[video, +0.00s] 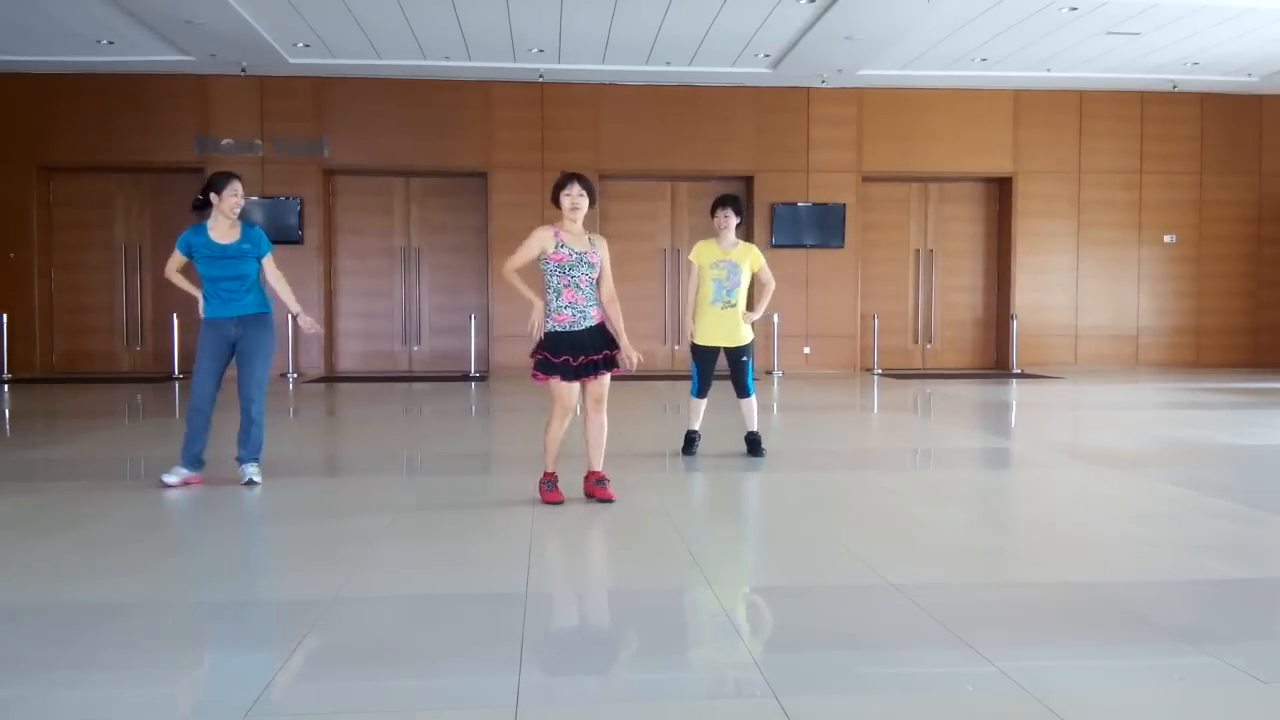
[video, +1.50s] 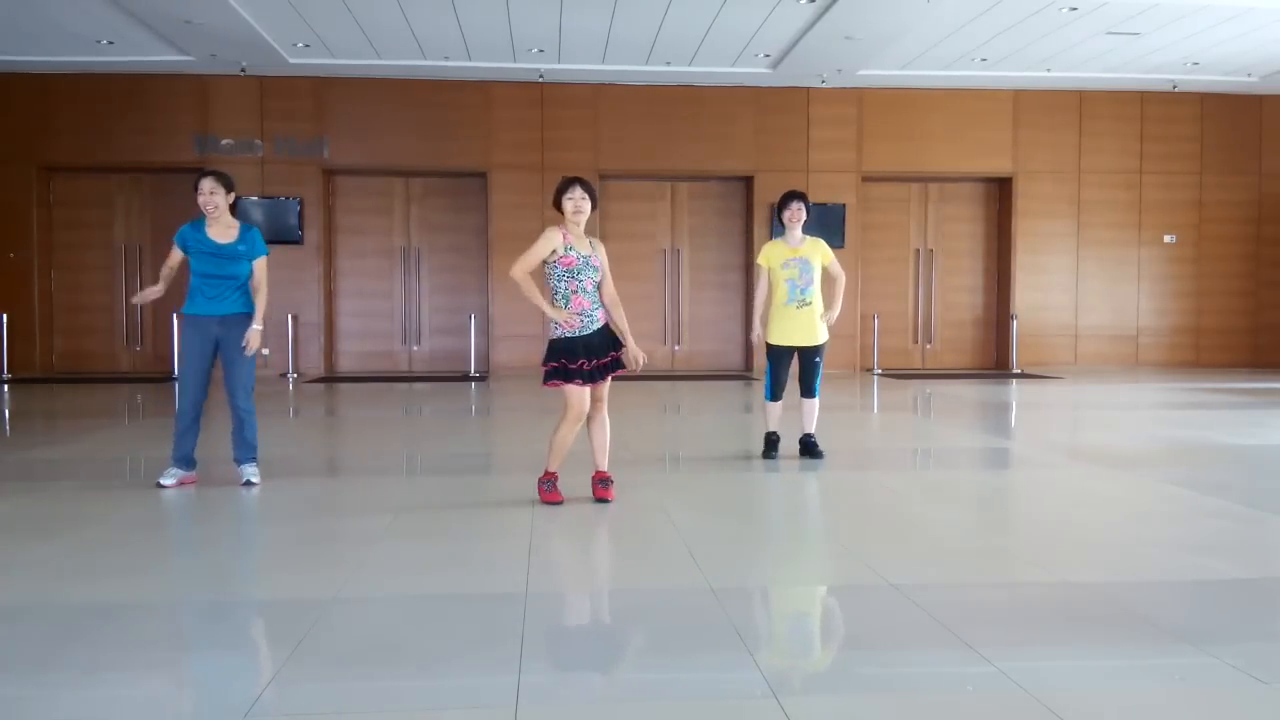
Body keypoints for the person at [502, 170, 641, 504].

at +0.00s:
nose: (575, 200)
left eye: (581, 195)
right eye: (568, 195)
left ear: (590, 201)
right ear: (558, 201)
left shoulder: (598, 243)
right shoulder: (545, 237)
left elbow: (609, 297)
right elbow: (508, 269)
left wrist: (624, 343)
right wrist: (536, 301)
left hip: (596, 333)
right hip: (559, 335)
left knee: (598, 405)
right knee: (565, 406)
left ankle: (596, 476)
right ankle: (549, 477)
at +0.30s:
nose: (568, 201)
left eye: (574, 196)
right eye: (562, 196)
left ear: (584, 202)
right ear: (551, 202)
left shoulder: (594, 244)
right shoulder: (538, 238)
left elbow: (603, 296)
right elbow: (495, 262)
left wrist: (613, 343)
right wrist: (528, 284)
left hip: (582, 336)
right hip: (547, 335)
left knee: (597, 405)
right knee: (547, 404)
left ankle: (589, 478)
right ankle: (546, 478)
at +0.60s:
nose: (569, 204)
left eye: (575, 199)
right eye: (563, 199)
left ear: (586, 205)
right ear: (553, 205)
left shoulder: (602, 244)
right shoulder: (541, 243)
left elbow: (612, 296)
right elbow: (495, 268)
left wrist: (619, 344)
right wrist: (526, 296)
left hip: (588, 338)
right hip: (549, 336)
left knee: (592, 411)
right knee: (550, 405)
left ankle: (602, 475)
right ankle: (547, 476)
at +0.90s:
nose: (577, 201)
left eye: (584, 196)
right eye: (571, 196)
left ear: (593, 203)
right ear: (562, 202)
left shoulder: (609, 240)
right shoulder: (548, 240)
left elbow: (621, 292)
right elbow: (509, 274)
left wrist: (630, 340)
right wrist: (539, 311)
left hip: (605, 333)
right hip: (565, 334)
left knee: (603, 407)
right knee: (564, 408)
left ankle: (604, 476)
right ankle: (557, 475)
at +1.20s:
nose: (582, 204)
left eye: (588, 199)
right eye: (575, 199)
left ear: (596, 205)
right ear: (565, 205)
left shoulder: (608, 245)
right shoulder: (554, 240)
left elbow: (621, 294)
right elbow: (517, 278)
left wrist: (635, 344)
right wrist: (545, 317)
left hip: (612, 334)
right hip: (575, 337)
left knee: (608, 408)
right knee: (583, 411)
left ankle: (605, 476)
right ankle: (558, 475)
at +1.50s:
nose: (578, 203)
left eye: (583, 198)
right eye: (570, 198)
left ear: (592, 205)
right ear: (560, 205)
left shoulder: (597, 247)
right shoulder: (554, 237)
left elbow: (610, 296)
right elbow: (518, 271)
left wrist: (629, 342)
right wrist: (547, 308)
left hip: (601, 334)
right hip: (567, 336)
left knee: (599, 406)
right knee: (577, 409)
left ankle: (602, 476)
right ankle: (549, 477)